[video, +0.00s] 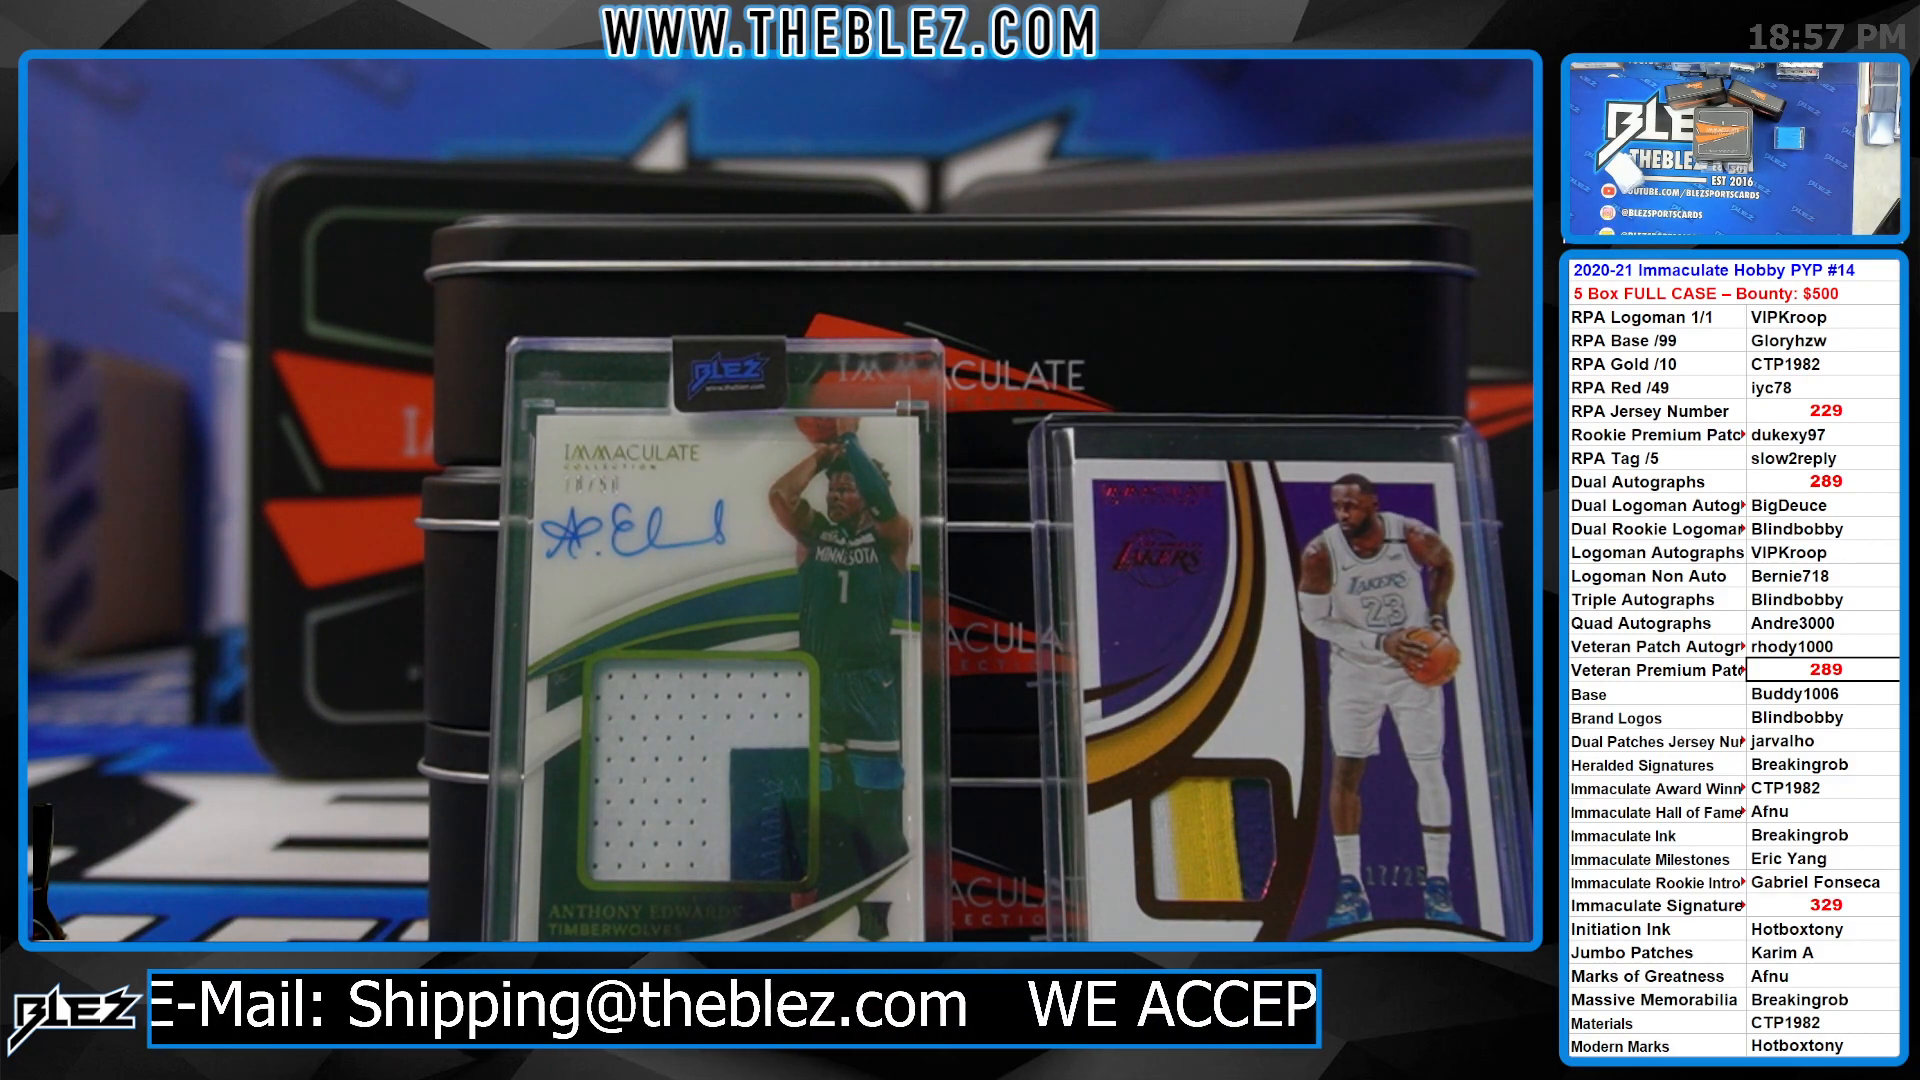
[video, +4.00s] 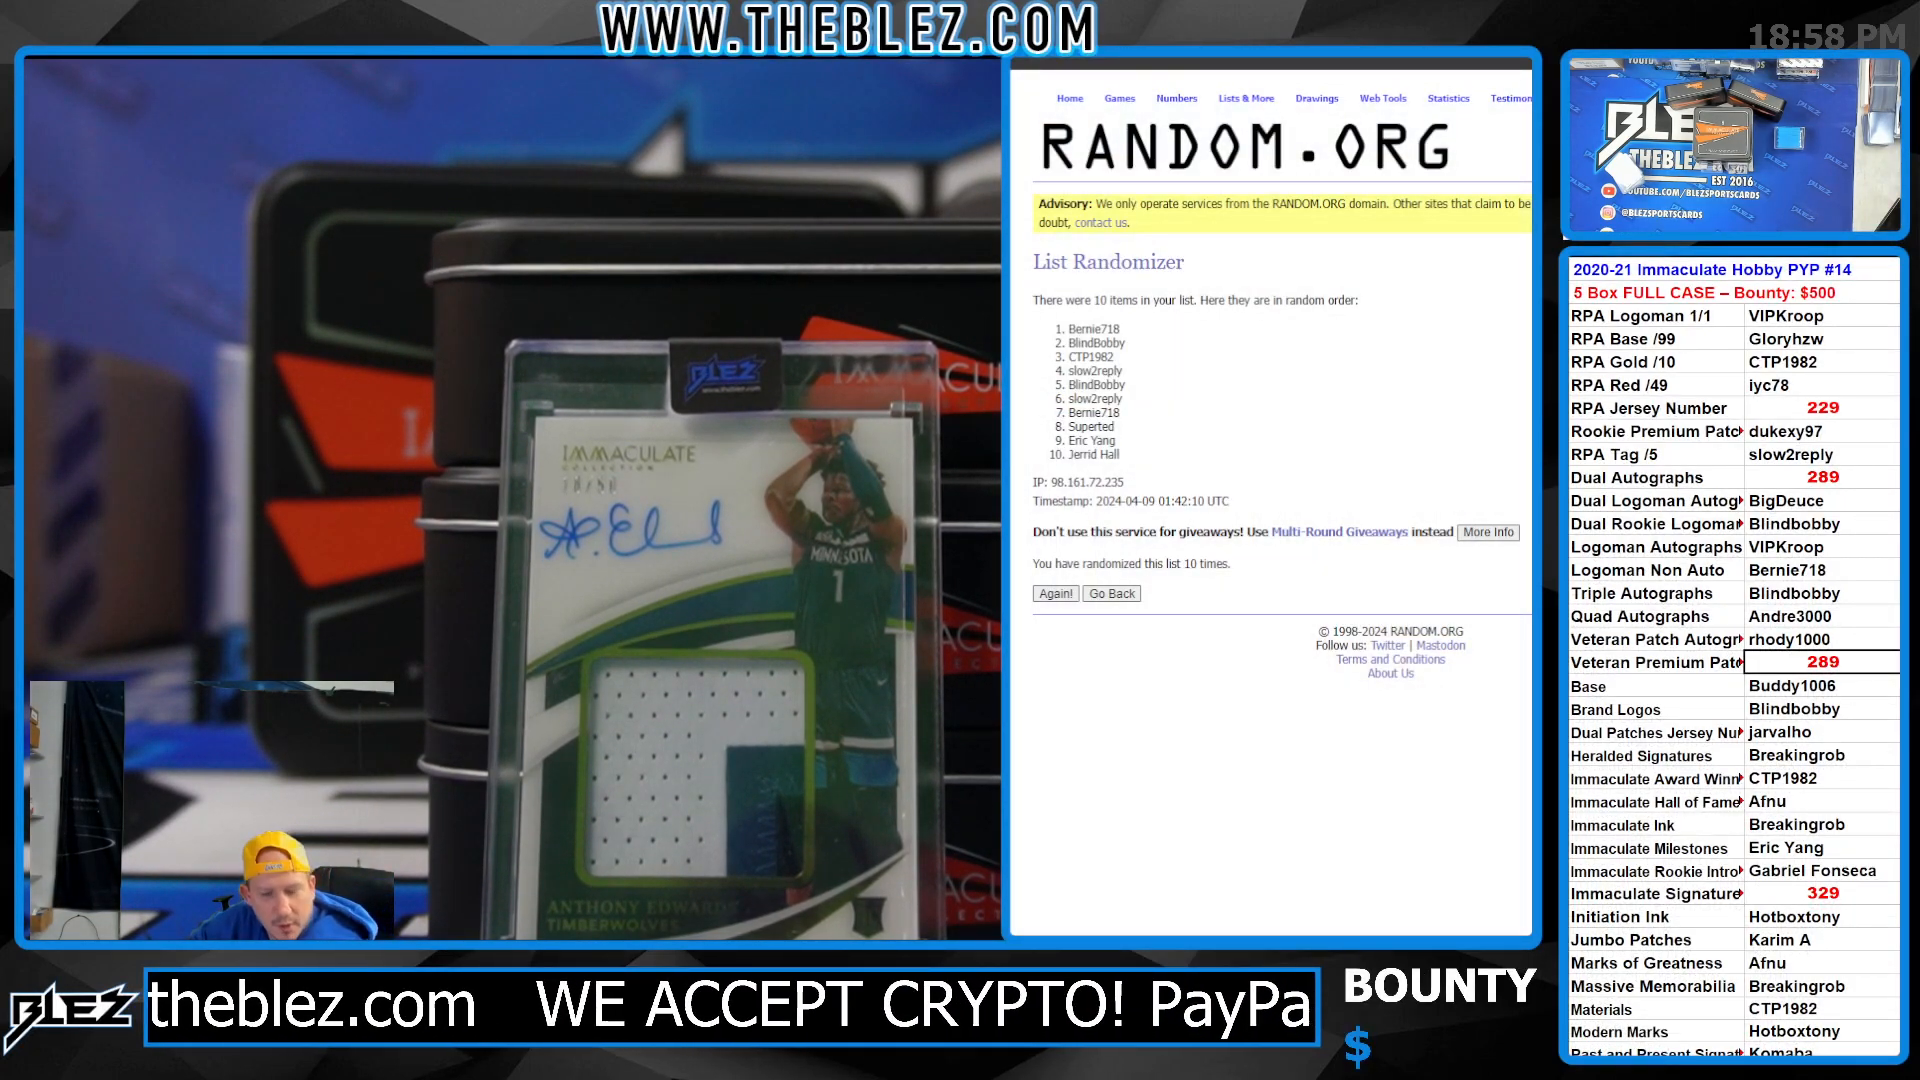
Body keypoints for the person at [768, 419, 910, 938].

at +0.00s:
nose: (841, 494)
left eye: (850, 487)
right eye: (835, 486)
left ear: (869, 494)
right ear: (827, 493)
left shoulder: (890, 539)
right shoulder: (815, 533)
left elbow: (883, 500)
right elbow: (780, 495)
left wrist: (850, 445)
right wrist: (819, 458)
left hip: (872, 678)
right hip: (817, 677)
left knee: (877, 799)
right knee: (824, 795)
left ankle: (878, 903)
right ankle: (824, 894)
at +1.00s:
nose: (835, 495)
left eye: (845, 488)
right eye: (829, 487)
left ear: (863, 495)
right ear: (821, 493)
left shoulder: (884, 539)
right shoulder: (809, 533)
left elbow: (880, 505)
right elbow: (776, 496)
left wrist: (846, 449)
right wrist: (813, 460)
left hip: (866, 675)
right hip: (813, 673)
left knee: (870, 789)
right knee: (818, 787)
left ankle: (872, 894)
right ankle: (823, 887)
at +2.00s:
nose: (835, 496)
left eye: (844, 489)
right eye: (830, 489)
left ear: (863, 495)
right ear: (822, 496)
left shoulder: (884, 539)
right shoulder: (810, 532)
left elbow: (875, 497)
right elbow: (776, 496)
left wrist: (844, 445)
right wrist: (815, 459)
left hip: (865, 678)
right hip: (813, 677)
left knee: (873, 794)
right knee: (818, 793)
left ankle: (871, 893)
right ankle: (818, 886)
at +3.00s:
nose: (835, 497)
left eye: (843, 490)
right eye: (829, 490)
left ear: (862, 495)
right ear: (822, 496)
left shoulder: (884, 539)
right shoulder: (811, 533)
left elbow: (876, 496)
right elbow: (776, 496)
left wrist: (843, 445)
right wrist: (815, 459)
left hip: (865, 679)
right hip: (813, 679)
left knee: (873, 797)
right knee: (820, 795)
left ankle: (873, 895)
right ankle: (820, 888)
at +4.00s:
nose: (835, 497)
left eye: (844, 490)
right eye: (830, 490)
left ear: (862, 495)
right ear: (822, 495)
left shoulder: (883, 539)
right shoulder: (810, 532)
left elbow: (876, 497)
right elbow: (776, 496)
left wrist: (844, 445)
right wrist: (814, 460)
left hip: (866, 677)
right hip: (813, 676)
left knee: (872, 795)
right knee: (819, 793)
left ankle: (871, 897)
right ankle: (821, 889)